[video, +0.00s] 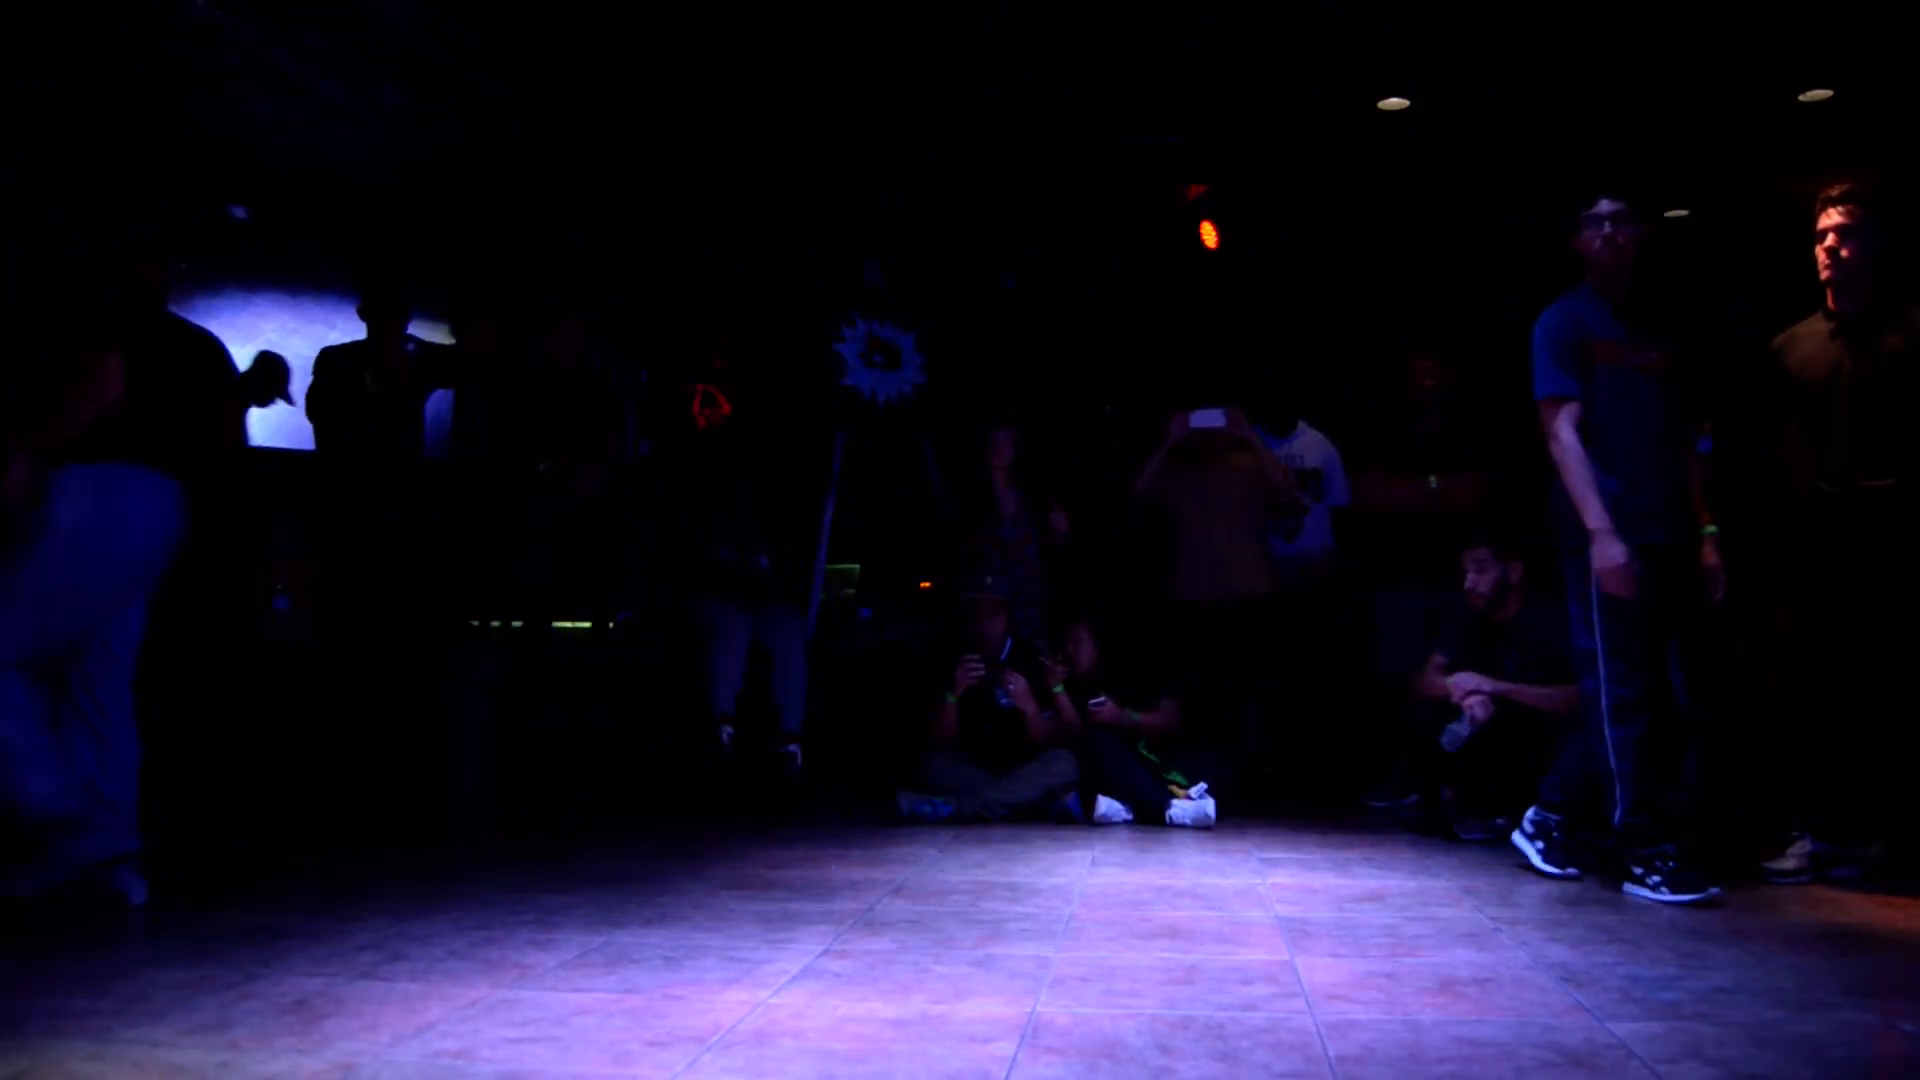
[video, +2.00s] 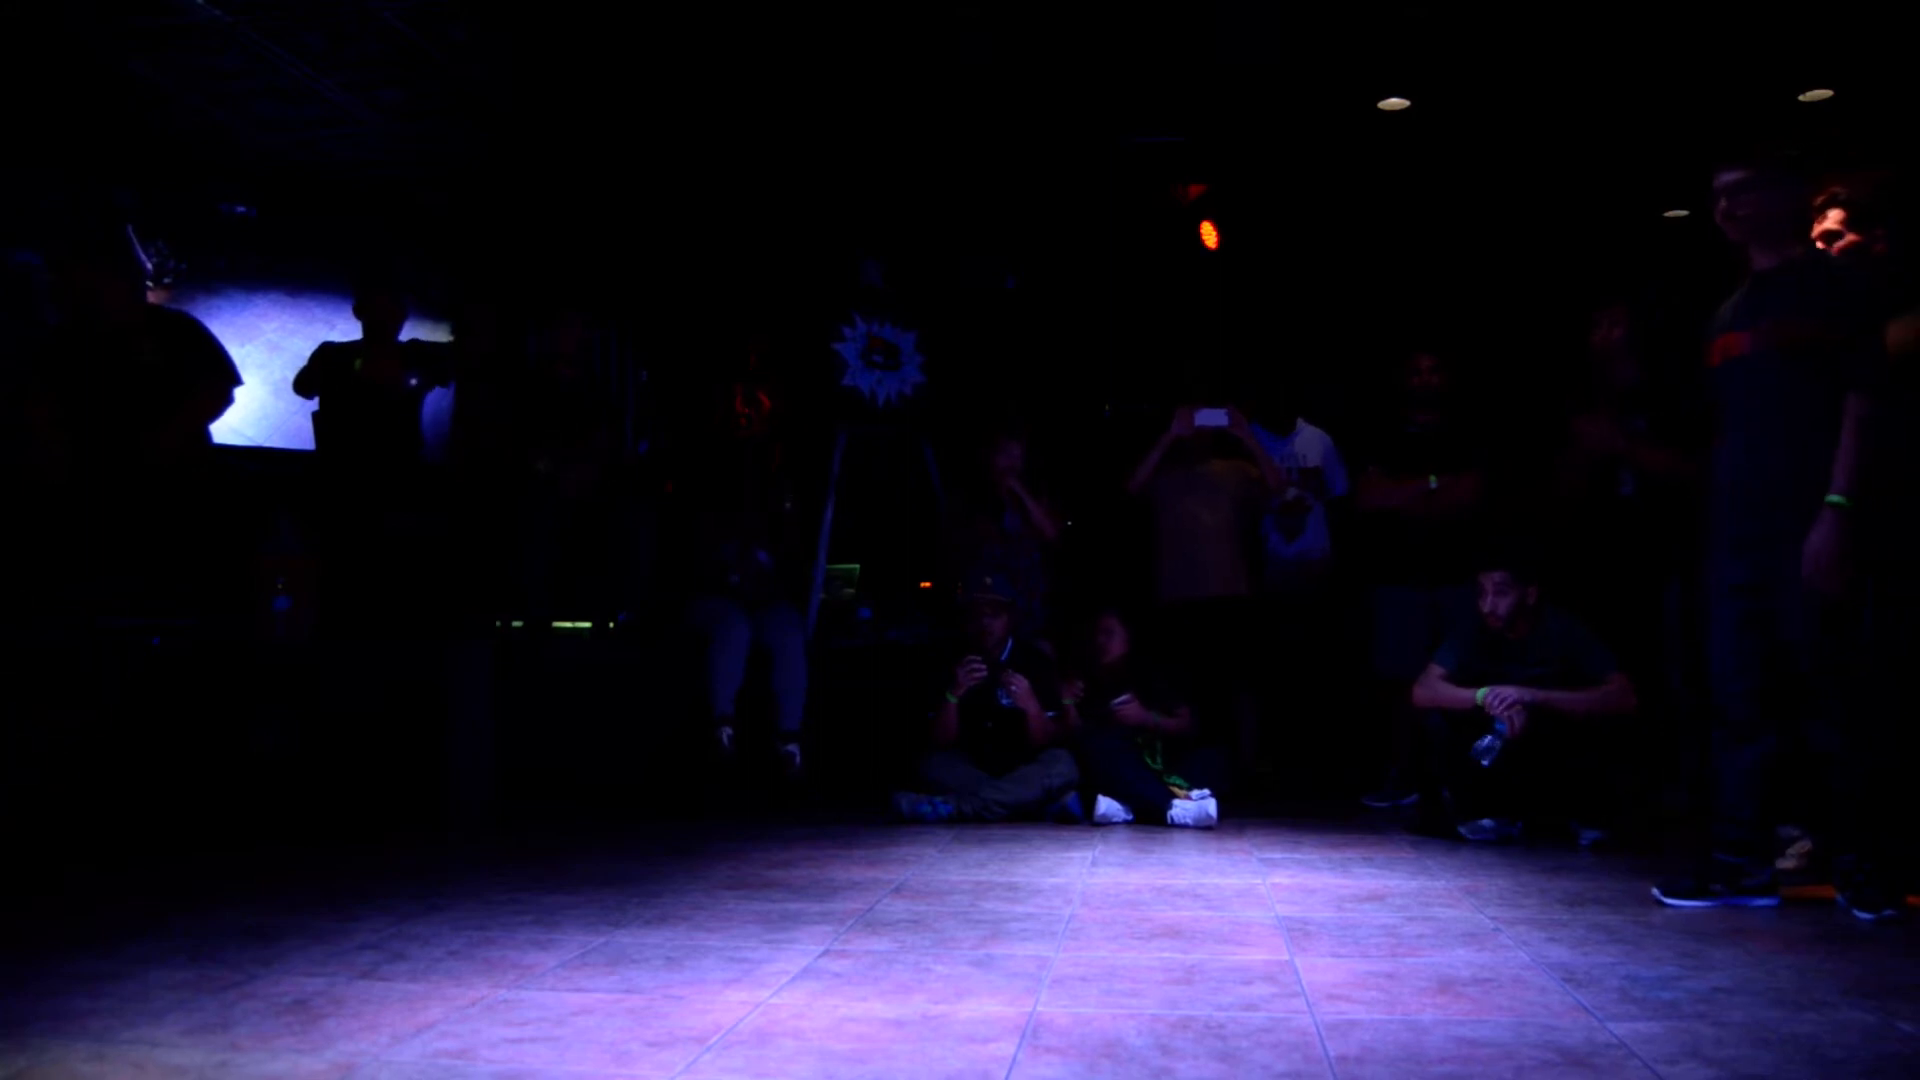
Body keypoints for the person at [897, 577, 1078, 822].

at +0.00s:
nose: (988, 628)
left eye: (995, 619)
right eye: (981, 620)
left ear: (1007, 622)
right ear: (970, 624)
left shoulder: (1026, 660)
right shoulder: (956, 661)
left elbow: (1044, 737)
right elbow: (942, 740)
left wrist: (1026, 702)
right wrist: (954, 693)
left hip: (1020, 755)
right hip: (971, 755)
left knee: (1063, 765)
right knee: (934, 766)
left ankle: (957, 806)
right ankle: (1039, 805)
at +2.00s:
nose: (985, 624)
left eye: (994, 616)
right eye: (978, 616)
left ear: (1008, 619)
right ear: (967, 620)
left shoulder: (1030, 660)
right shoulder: (954, 659)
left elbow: (1046, 739)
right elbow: (942, 740)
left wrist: (1029, 704)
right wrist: (954, 694)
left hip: (1020, 755)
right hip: (969, 756)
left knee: (1062, 765)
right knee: (934, 766)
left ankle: (958, 808)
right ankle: (1039, 806)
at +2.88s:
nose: (1003, 628)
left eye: (1012, 619)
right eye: (997, 619)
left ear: (1032, 623)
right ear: (989, 626)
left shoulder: (1055, 665)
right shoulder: (977, 666)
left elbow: (1075, 744)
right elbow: (966, 743)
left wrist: (1055, 710)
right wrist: (980, 700)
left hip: (1047, 762)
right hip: (994, 764)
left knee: (1089, 771)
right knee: (959, 771)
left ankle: (985, 814)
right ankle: (1065, 813)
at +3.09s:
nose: (1037, 625)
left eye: (1045, 616)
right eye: (1031, 617)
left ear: (1062, 621)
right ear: (1022, 624)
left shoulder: (1085, 661)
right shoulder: (1010, 662)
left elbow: (1102, 741)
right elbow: (996, 740)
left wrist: (1083, 706)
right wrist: (1010, 695)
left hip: (1076, 757)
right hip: (1025, 758)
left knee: (1117, 767)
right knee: (991, 769)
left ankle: (1014, 810)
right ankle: (1094, 809)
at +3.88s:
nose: (1072, 625)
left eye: (1079, 615)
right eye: (1064, 616)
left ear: (1091, 620)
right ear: (1051, 621)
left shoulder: (1110, 660)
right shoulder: (1036, 662)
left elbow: (1128, 738)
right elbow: (1024, 742)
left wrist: (1108, 705)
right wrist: (1034, 694)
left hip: (1101, 757)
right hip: (1051, 757)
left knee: (1141, 766)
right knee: (1018, 768)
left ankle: (1037, 809)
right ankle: (1120, 808)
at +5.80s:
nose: (1066, 629)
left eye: (1073, 620)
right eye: (1059, 621)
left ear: (1086, 623)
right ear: (1049, 627)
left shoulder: (1108, 662)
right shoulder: (1035, 664)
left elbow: (1127, 738)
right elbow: (1021, 741)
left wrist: (1107, 705)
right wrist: (1034, 695)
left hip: (1100, 756)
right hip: (1050, 757)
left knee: (1141, 766)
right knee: (1016, 769)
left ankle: (1036, 809)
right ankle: (1119, 808)